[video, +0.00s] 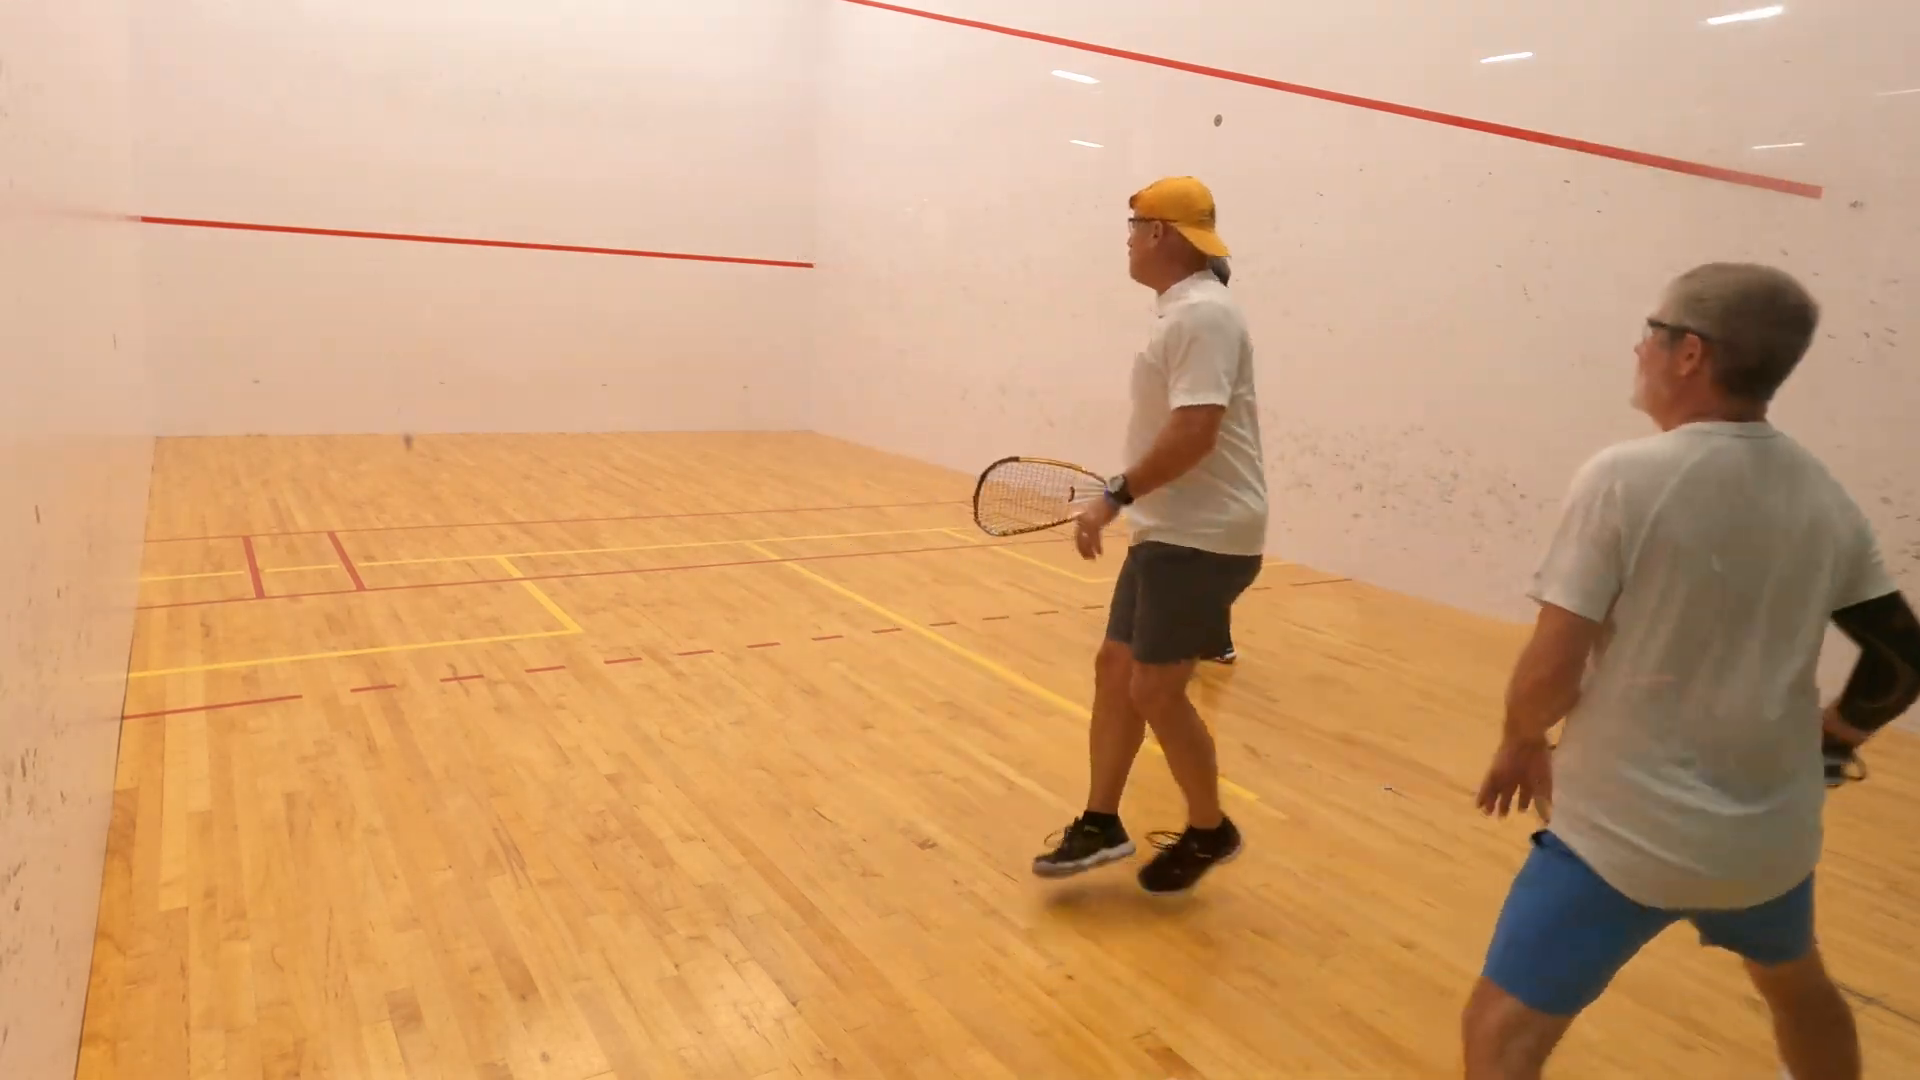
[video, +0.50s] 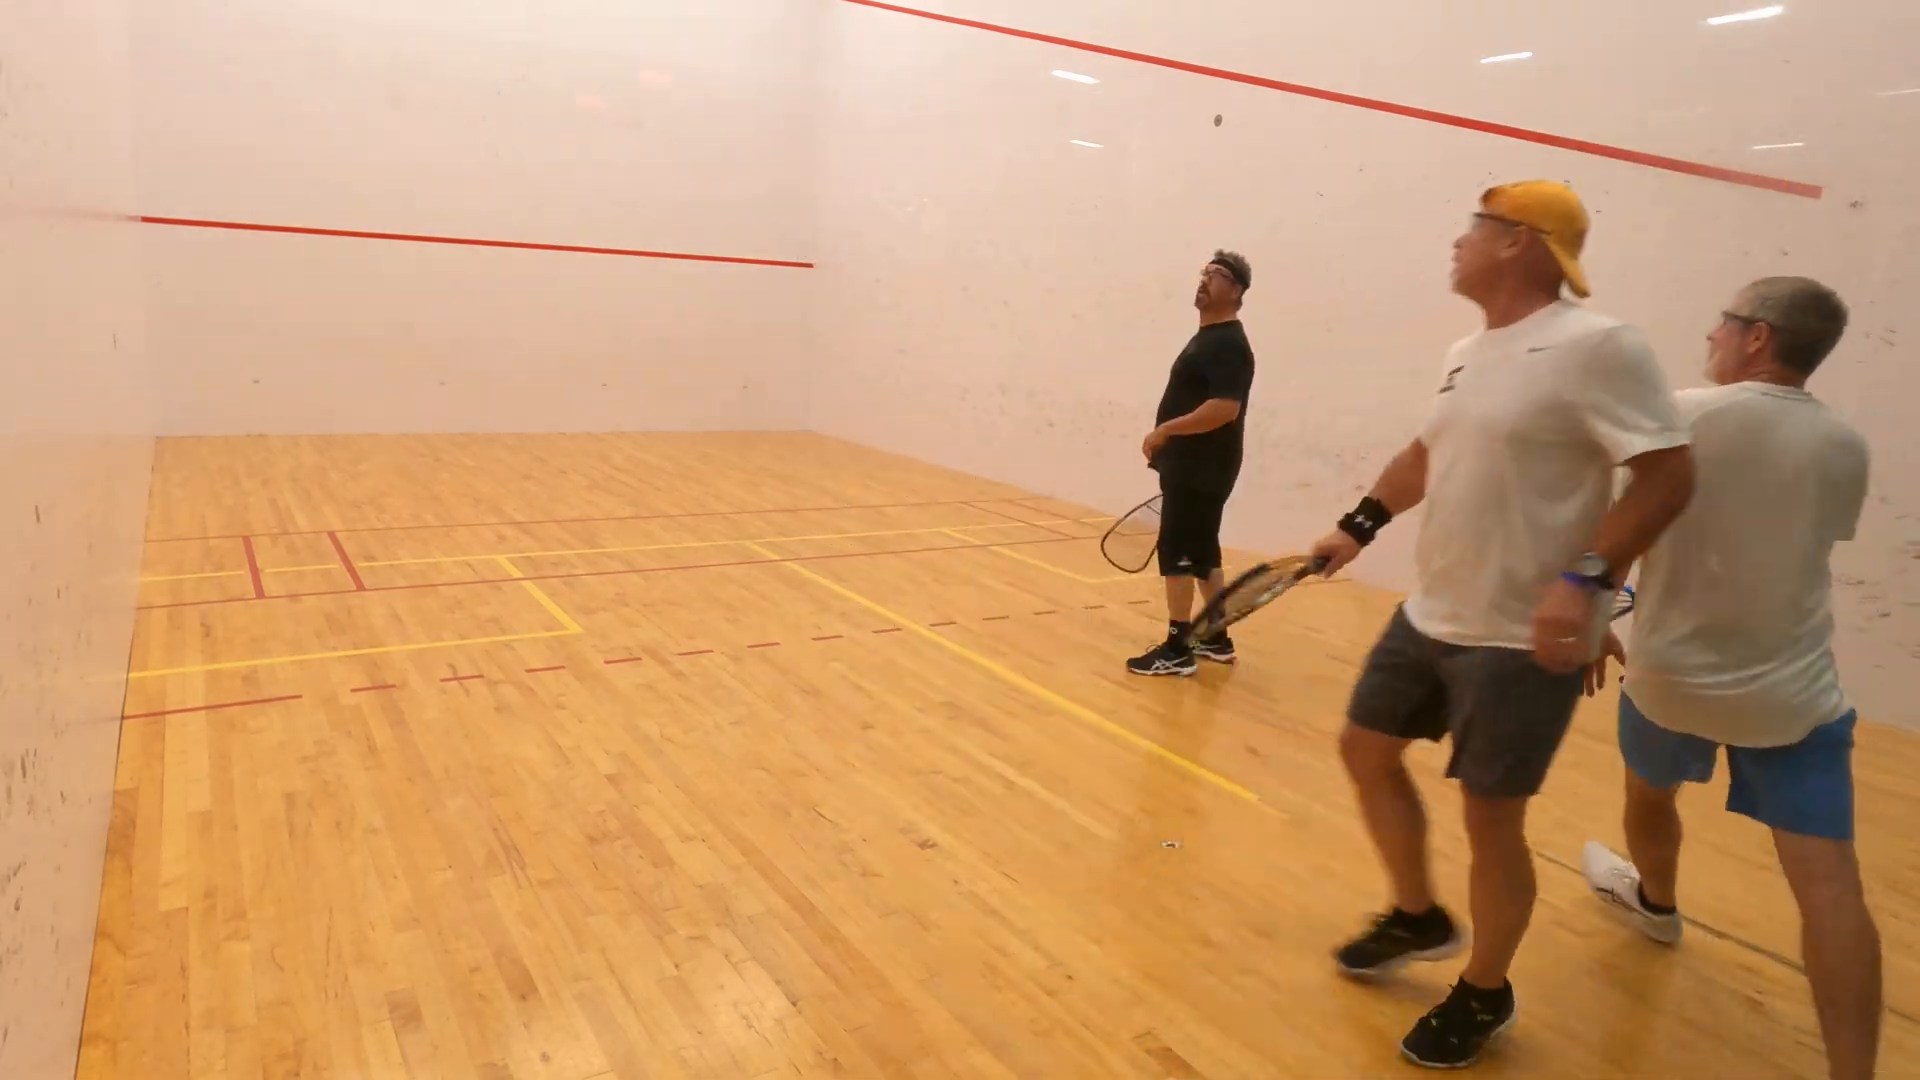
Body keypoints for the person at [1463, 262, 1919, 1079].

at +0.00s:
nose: (1641, 350)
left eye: (1652, 334)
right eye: (1649, 332)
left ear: (1691, 355)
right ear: (1770, 371)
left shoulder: (1627, 478)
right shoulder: (1816, 492)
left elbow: (1554, 663)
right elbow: (1899, 656)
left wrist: (1522, 736)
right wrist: (1835, 735)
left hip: (1623, 834)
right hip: (1771, 836)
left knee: (1502, 1037)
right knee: (1798, 984)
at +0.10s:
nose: (1702, 334)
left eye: (1715, 320)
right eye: (1710, 316)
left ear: (1757, 346)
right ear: (1822, 358)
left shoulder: (1677, 459)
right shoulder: (1885, 480)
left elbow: (1604, 623)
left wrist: (1576, 686)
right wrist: (1896, 687)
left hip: (1664, 789)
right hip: (1814, 795)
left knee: (1566, 1005)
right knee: (1824, 951)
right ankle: (1853, 1079)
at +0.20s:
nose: (1741, 314)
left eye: (1755, 300)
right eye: (1750, 296)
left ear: (1797, 321)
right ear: (1854, 334)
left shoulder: (1701, 421)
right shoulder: (1907, 452)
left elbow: (1619, 582)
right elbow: (1913, 625)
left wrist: (1623, 658)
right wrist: (1836, 658)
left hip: (1682, 740)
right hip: (1828, 754)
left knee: (1615, 915)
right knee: (1836, 936)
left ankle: (1658, 1072)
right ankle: (1856, 1074)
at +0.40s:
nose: (1747, 324)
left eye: (1761, 309)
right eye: (1757, 307)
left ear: (1801, 324)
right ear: (1844, 339)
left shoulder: (1707, 408)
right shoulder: (1893, 448)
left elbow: (1633, 537)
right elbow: (1861, 551)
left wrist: (1608, 626)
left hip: (1684, 690)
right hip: (1816, 710)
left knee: (1652, 799)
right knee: (1844, 921)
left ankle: (1689, 958)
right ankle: (1857, 1075)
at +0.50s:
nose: (1711, 336)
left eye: (1723, 323)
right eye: (1720, 320)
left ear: (1757, 339)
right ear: (1795, 350)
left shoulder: (1678, 418)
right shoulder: (1844, 445)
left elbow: (1614, 537)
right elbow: (1823, 544)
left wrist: (1592, 624)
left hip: (1671, 681)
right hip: (1793, 693)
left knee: (1649, 785)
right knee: (1831, 888)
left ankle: (1656, 903)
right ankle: (1853, 1074)